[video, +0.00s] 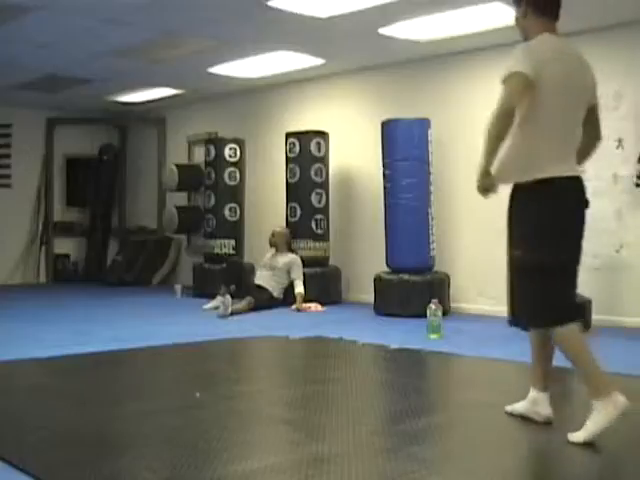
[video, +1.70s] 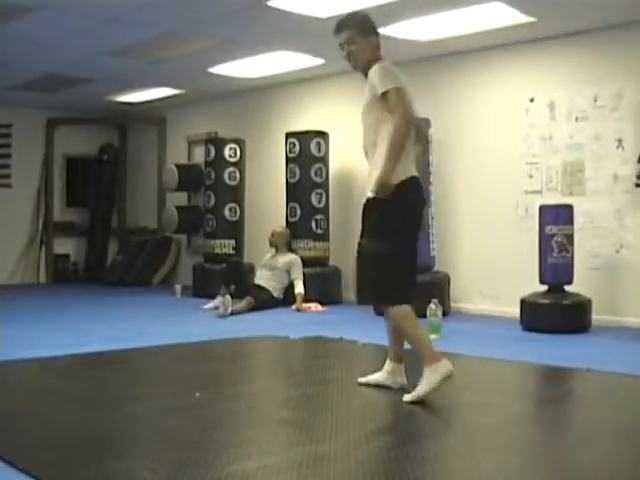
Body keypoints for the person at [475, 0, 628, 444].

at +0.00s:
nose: (516, 23)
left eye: (518, 15)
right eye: (517, 15)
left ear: (528, 13)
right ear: (556, 15)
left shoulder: (530, 54)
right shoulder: (579, 62)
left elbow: (505, 111)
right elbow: (592, 133)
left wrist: (485, 165)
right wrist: (562, 168)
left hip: (535, 192)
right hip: (568, 190)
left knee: (546, 302)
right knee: (542, 299)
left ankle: (606, 396)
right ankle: (538, 397)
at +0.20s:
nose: (494, 28)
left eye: (495, 19)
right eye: (495, 20)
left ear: (504, 17)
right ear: (533, 17)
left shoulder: (509, 53)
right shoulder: (561, 61)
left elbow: (487, 111)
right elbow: (576, 135)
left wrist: (467, 167)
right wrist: (542, 165)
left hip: (516, 189)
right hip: (555, 188)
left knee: (493, 300)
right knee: (544, 298)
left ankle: (543, 383)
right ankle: (540, 399)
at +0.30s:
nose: (482, 29)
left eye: (483, 21)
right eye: (483, 21)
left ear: (494, 19)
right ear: (521, 20)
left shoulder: (499, 55)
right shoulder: (551, 63)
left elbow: (490, 111)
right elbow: (580, 131)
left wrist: (471, 171)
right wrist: (556, 174)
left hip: (506, 190)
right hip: (547, 190)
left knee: (480, 295)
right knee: (540, 293)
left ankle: (499, 389)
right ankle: (539, 394)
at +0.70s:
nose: (435, 37)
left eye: (436, 30)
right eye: (437, 30)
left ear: (445, 27)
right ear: (473, 27)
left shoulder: (438, 65)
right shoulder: (503, 67)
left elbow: (422, 121)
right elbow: (534, 127)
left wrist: (419, 177)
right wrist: (505, 162)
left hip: (460, 192)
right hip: (502, 189)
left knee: (451, 291)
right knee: (512, 285)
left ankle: (446, 387)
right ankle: (537, 376)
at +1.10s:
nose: (394, 42)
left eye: (395, 36)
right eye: (395, 36)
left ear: (404, 33)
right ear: (430, 33)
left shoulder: (398, 68)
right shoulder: (462, 68)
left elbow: (395, 118)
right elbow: (506, 117)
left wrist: (394, 178)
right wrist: (495, 167)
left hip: (428, 189)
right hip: (464, 186)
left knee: (431, 286)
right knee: (452, 278)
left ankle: (445, 386)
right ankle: (475, 352)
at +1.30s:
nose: (378, 51)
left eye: (378, 44)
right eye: (378, 45)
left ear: (390, 39)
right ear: (413, 38)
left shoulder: (388, 74)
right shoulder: (447, 76)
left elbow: (384, 128)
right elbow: (485, 129)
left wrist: (374, 186)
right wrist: (473, 177)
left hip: (413, 197)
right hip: (447, 194)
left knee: (431, 294)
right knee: (424, 286)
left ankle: (445, 386)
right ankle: (419, 365)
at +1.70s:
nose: (345, 54)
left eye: (349, 45)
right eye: (341, 48)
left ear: (373, 41)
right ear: (363, 48)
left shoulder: (382, 72)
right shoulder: (380, 81)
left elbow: (402, 119)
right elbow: (421, 129)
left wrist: (381, 179)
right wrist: (419, 177)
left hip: (395, 193)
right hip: (393, 193)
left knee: (383, 284)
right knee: (391, 283)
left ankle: (433, 362)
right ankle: (395, 367)